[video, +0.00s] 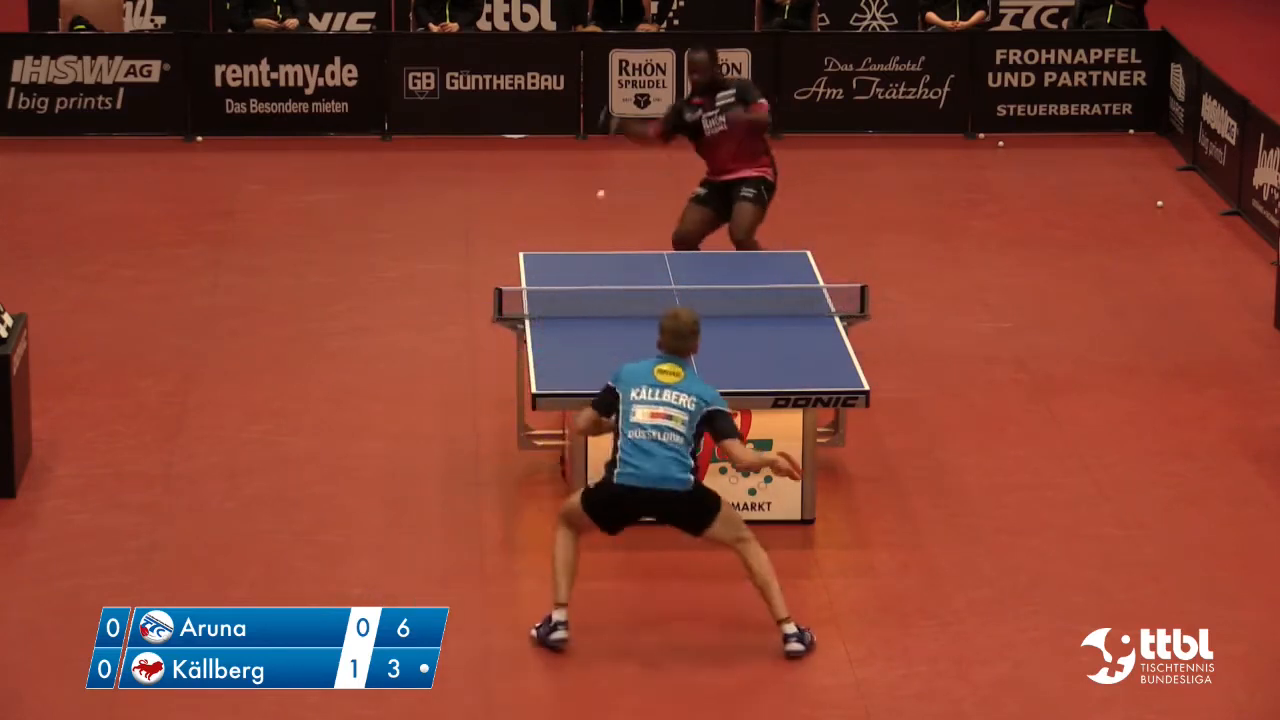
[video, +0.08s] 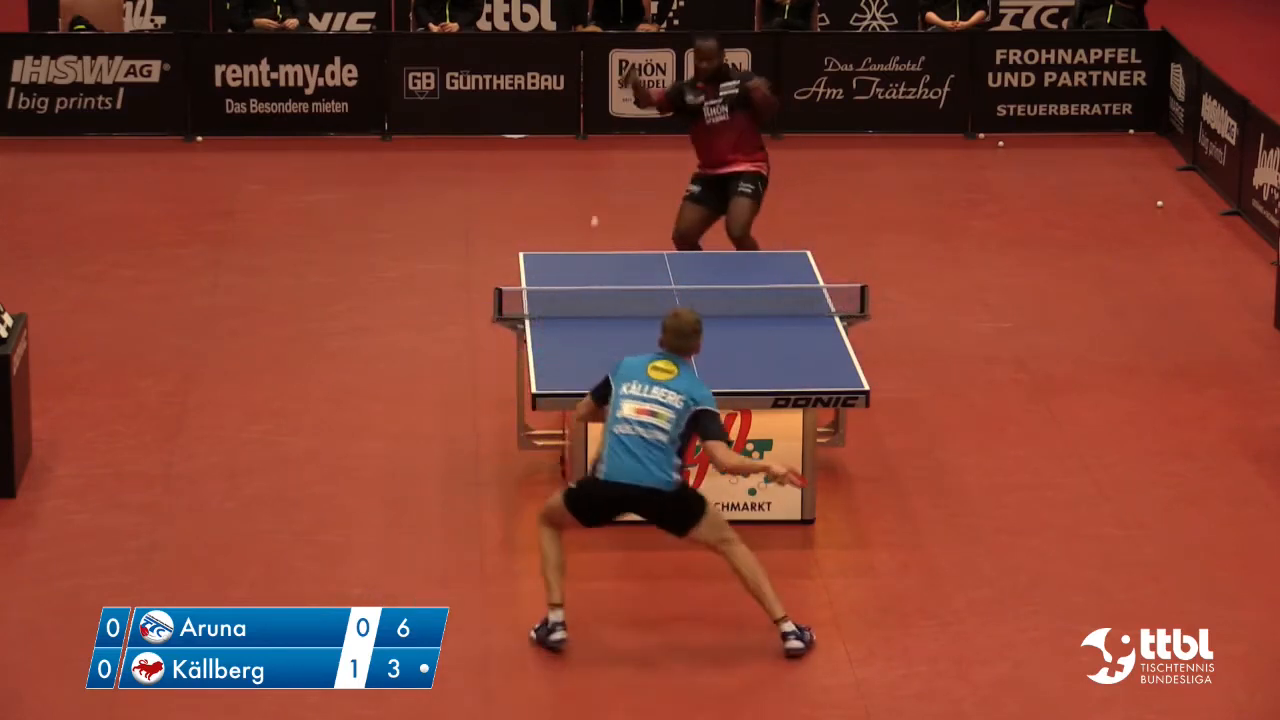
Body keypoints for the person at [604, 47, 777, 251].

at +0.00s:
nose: (695, 78)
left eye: (700, 72)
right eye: (691, 72)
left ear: (715, 67)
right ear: (688, 71)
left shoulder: (740, 88)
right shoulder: (685, 108)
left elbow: (764, 117)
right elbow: (655, 132)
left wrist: (743, 117)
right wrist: (620, 124)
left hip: (754, 175)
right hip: (718, 180)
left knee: (740, 234)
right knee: (683, 239)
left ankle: (771, 283)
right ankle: (697, 295)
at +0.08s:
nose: (703, 66)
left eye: (709, 60)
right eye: (699, 60)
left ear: (722, 58)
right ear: (694, 59)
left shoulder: (743, 83)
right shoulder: (686, 90)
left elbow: (769, 113)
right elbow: (649, 101)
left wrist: (761, 93)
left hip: (747, 169)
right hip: (710, 173)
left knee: (737, 231)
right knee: (683, 237)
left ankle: (762, 280)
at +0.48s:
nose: (725, 94)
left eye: (730, 88)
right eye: (719, 88)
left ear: (740, 87)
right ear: (710, 88)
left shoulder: (760, 114)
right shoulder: (696, 116)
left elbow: (783, 153)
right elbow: (658, 142)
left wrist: (813, 195)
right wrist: (660, 123)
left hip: (755, 196)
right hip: (710, 195)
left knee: (781, 255)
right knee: (666, 246)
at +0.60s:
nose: (733, 87)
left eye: (738, 81)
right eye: (727, 81)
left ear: (749, 80)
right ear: (720, 81)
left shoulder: (772, 106)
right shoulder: (709, 111)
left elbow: (794, 146)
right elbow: (676, 150)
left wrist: (807, 191)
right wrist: (673, 140)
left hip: (765, 193)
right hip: (721, 192)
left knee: (796, 253)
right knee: (675, 244)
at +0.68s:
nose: (730, 83)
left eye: (736, 77)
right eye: (724, 77)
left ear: (746, 76)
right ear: (716, 77)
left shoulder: (769, 103)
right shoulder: (706, 109)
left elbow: (793, 139)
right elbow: (690, 146)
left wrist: (796, 183)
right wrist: (677, 148)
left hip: (764, 190)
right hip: (721, 187)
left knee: (791, 252)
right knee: (673, 236)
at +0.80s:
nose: (721, 96)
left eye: (726, 89)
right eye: (715, 90)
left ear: (735, 88)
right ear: (706, 90)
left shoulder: (756, 113)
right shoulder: (701, 121)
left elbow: (785, 152)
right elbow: (692, 160)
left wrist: (776, 184)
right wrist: (681, 174)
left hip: (761, 196)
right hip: (719, 196)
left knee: (789, 254)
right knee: (670, 244)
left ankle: (833, 300)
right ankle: (659, 307)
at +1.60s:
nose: (870, 126)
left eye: (876, 120)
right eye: (866, 120)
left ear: (887, 120)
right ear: (858, 120)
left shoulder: (906, 147)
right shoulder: (843, 144)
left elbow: (933, 177)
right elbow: (797, 153)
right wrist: (787, 135)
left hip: (892, 228)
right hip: (846, 227)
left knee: (921, 283)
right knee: (799, 278)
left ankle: (972, 342)